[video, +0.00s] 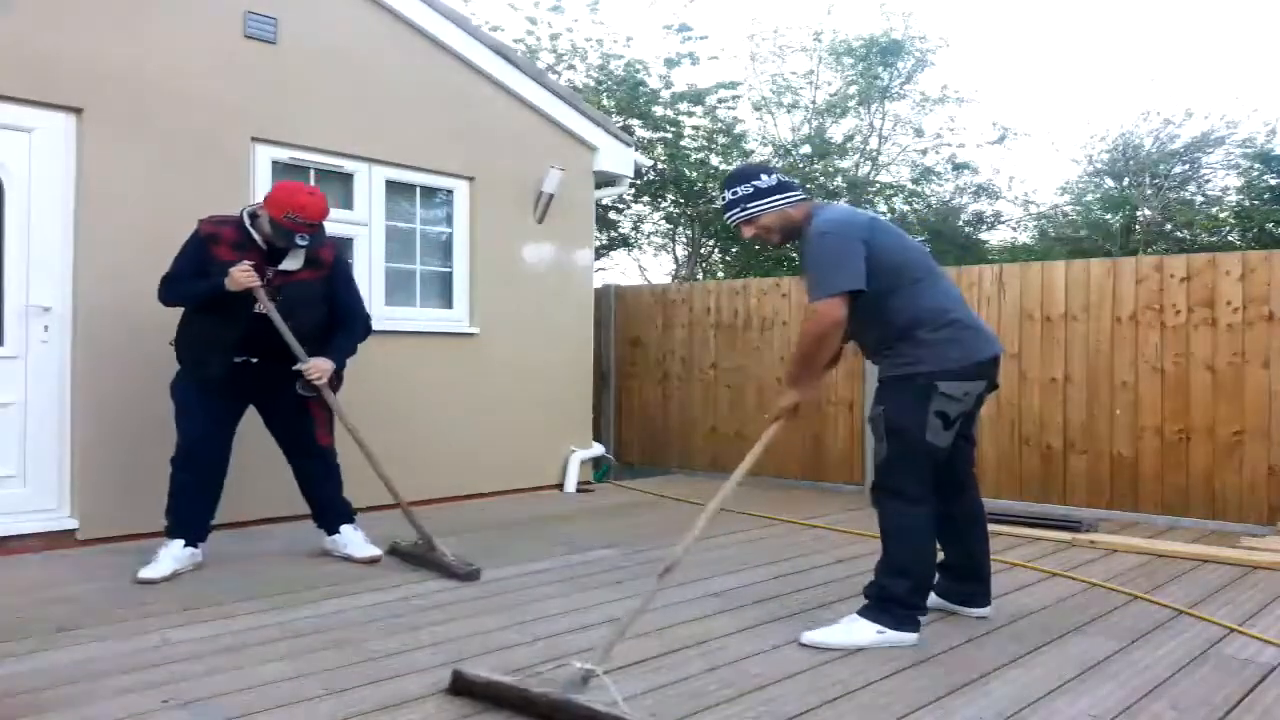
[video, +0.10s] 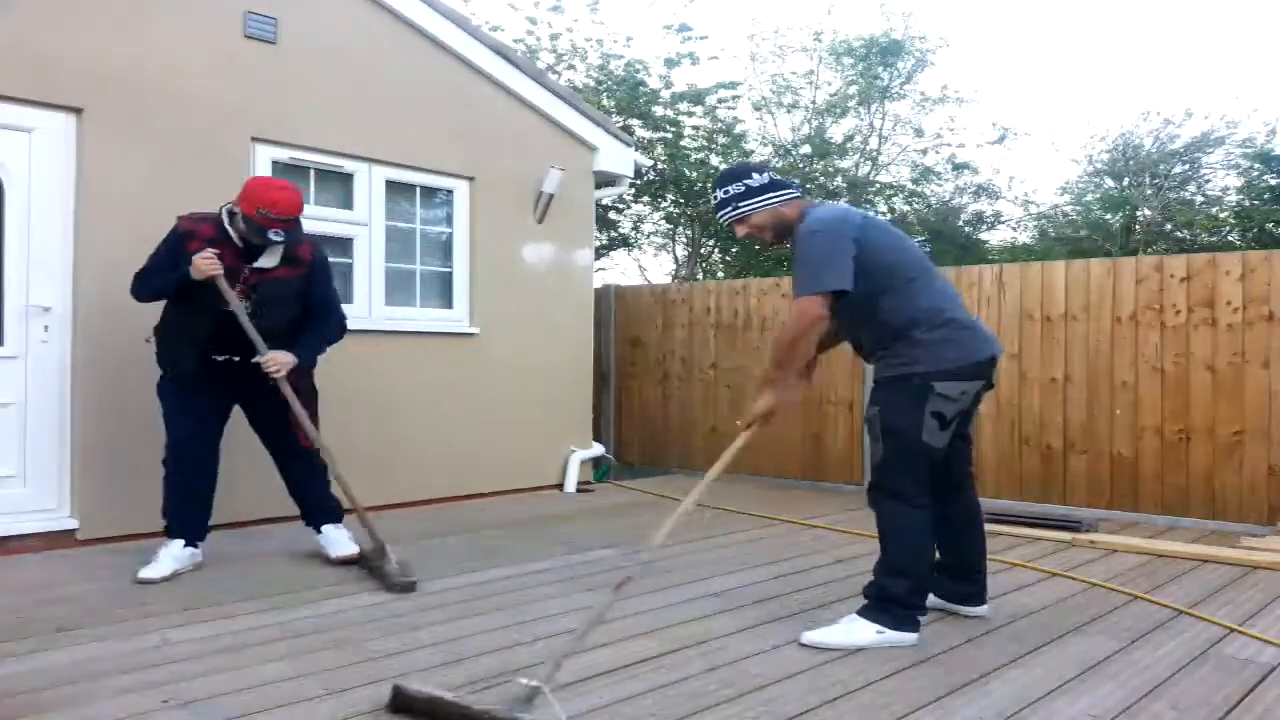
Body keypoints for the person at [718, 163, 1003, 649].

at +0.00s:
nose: (751, 235)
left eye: (749, 222)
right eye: (743, 229)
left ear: (773, 203)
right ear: (779, 202)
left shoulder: (828, 229)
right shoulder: (843, 223)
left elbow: (828, 318)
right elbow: (849, 326)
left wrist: (797, 382)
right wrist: (804, 383)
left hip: (926, 365)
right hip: (962, 358)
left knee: (901, 487)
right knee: (951, 480)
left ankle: (892, 614)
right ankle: (966, 590)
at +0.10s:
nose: (743, 234)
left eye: (741, 222)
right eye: (736, 228)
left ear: (765, 202)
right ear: (772, 199)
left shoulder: (819, 227)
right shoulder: (840, 221)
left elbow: (811, 315)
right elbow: (858, 312)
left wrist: (773, 386)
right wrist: (807, 354)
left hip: (920, 364)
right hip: (960, 356)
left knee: (897, 488)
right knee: (948, 481)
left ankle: (892, 614)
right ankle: (962, 589)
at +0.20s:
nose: (740, 232)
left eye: (737, 218)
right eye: (732, 225)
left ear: (761, 200)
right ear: (769, 197)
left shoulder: (813, 228)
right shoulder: (836, 222)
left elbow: (792, 320)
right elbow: (841, 319)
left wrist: (756, 390)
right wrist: (787, 357)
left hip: (917, 363)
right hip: (956, 355)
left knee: (894, 488)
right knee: (942, 479)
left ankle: (892, 615)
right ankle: (957, 592)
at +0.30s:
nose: (736, 225)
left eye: (737, 211)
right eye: (730, 217)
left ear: (766, 196)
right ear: (775, 197)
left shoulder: (810, 225)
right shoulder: (836, 222)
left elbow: (779, 311)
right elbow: (824, 319)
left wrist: (743, 386)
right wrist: (772, 355)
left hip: (915, 363)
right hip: (955, 356)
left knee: (890, 488)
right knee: (939, 482)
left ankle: (892, 614)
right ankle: (955, 597)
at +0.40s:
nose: (739, 219)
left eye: (740, 205)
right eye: (733, 211)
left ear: (768, 192)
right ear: (780, 192)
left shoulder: (811, 219)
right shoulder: (835, 218)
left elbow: (787, 298)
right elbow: (837, 314)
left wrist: (743, 374)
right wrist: (784, 347)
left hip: (911, 363)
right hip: (951, 357)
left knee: (886, 487)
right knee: (935, 484)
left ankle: (890, 615)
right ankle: (948, 601)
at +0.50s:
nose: (746, 213)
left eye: (746, 199)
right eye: (740, 204)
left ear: (774, 185)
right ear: (786, 184)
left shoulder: (822, 213)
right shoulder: (844, 210)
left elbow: (803, 293)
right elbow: (861, 293)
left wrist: (763, 365)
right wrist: (815, 335)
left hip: (907, 363)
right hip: (947, 357)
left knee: (881, 486)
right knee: (927, 481)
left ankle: (889, 614)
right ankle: (945, 601)